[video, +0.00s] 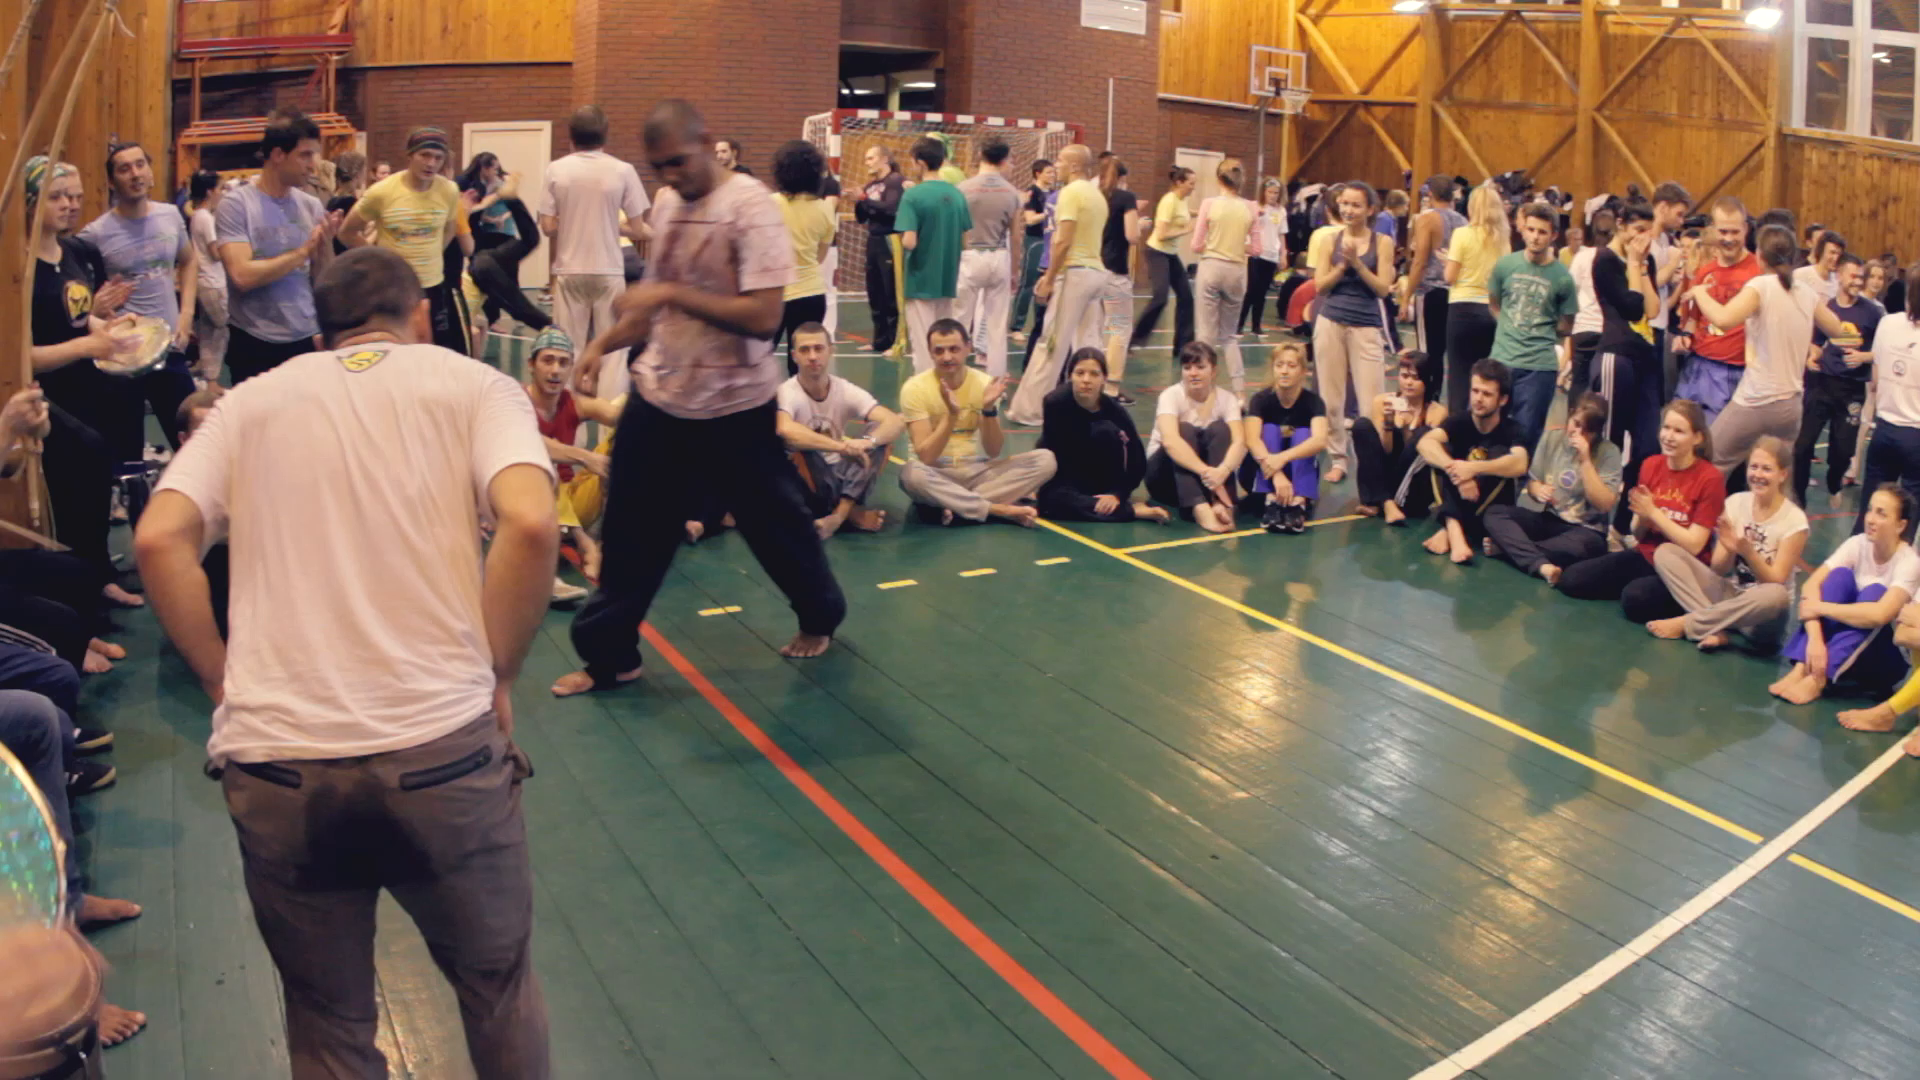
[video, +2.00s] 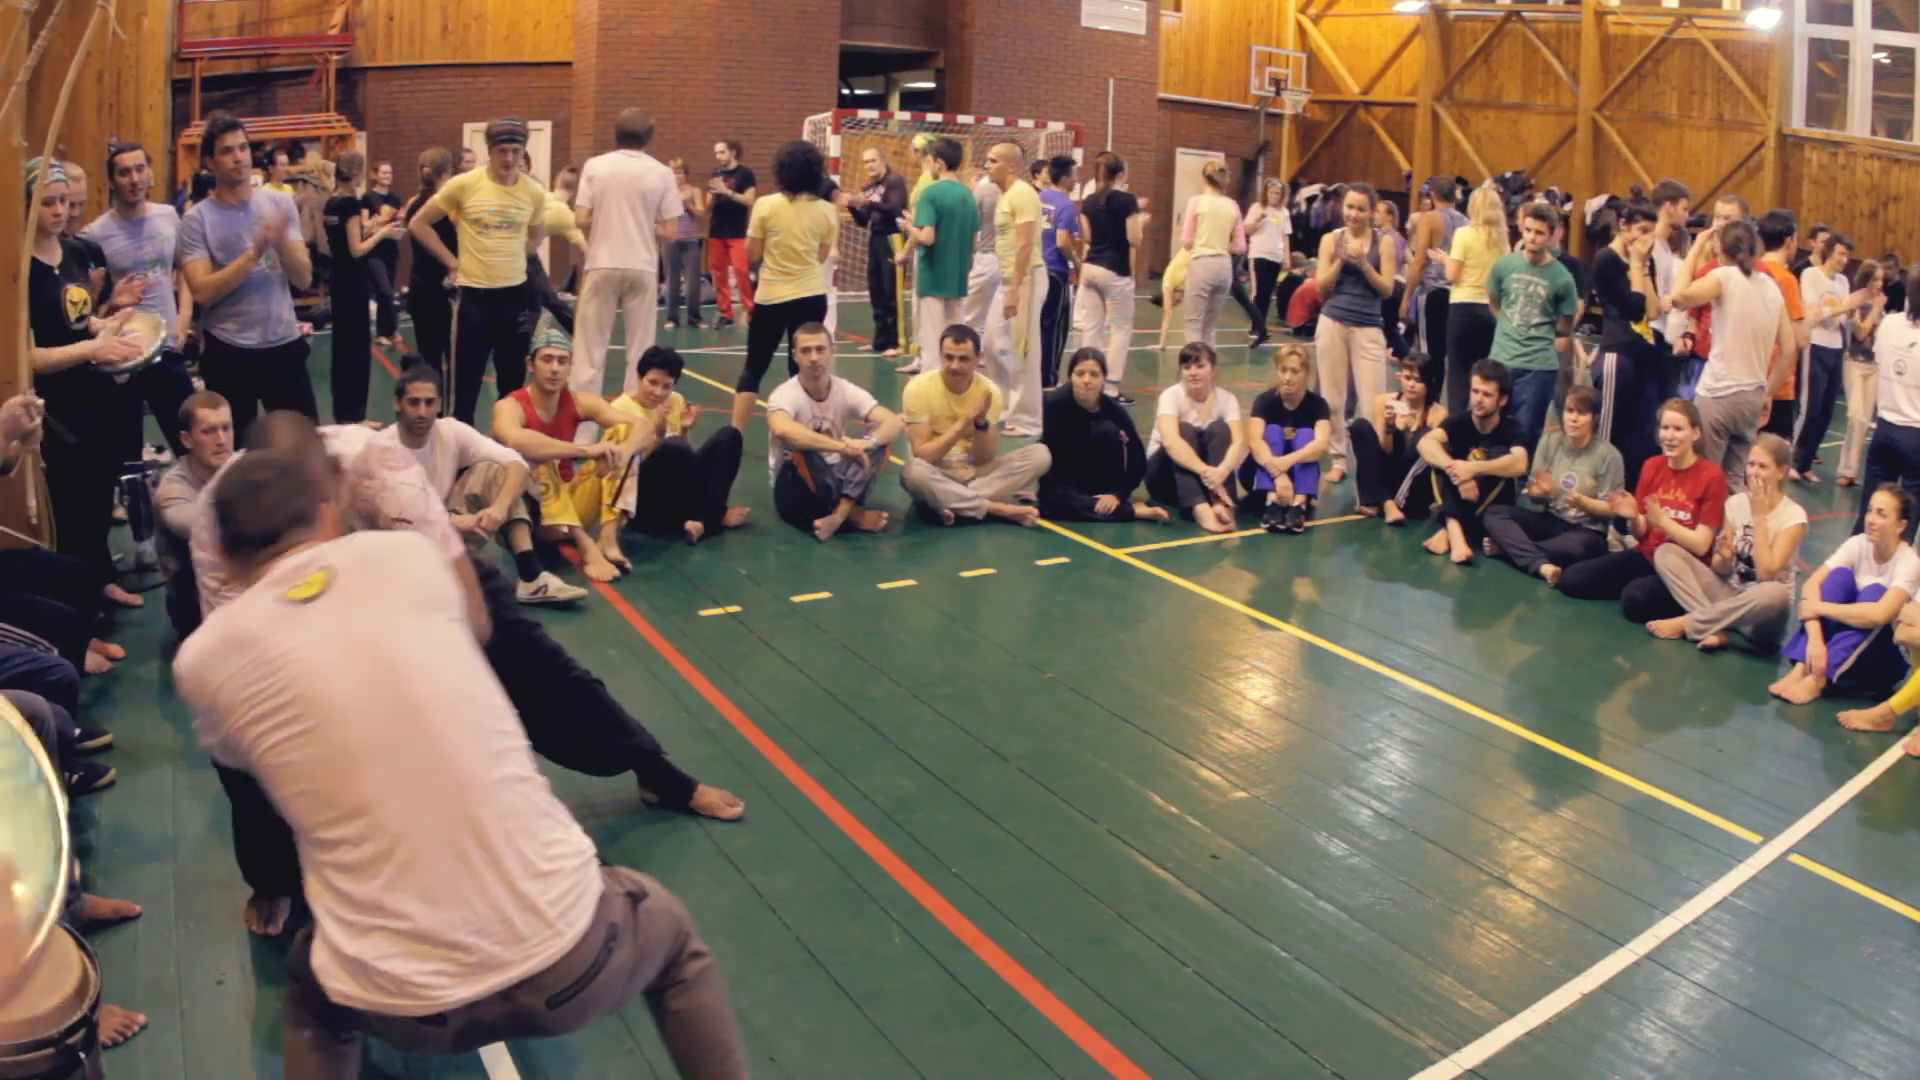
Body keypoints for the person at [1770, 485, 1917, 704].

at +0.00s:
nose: (1870, 519)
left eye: (1881, 514)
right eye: (1869, 510)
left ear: (1901, 526)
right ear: (1864, 513)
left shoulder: (1910, 562)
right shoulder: (1857, 544)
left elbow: (1880, 616)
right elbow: (1810, 586)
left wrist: (1819, 607)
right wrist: (1815, 641)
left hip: (1882, 667)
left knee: (1875, 592)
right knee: (1840, 576)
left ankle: (1818, 678)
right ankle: (1800, 668)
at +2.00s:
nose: (1870, 519)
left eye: (1881, 514)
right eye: (1869, 511)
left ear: (1901, 526)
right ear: (1864, 513)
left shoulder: (1909, 562)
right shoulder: (1857, 544)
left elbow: (1880, 616)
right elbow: (1810, 585)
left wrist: (1818, 607)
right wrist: (1815, 641)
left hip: (1881, 667)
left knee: (1875, 592)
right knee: (1840, 576)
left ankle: (1818, 678)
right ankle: (1800, 667)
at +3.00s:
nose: (1870, 519)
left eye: (1881, 514)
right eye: (1869, 511)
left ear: (1901, 526)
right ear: (1865, 513)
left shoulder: (1909, 562)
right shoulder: (1857, 544)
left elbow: (1880, 616)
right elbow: (1810, 586)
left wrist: (1818, 607)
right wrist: (1815, 641)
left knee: (1875, 592)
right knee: (1840, 577)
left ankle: (1818, 678)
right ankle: (1800, 667)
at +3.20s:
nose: (1871, 519)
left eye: (1882, 514)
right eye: (1869, 511)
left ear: (1901, 526)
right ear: (1865, 513)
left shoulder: (1909, 562)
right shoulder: (1857, 544)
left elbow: (1880, 616)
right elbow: (1810, 586)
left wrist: (1819, 607)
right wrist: (1815, 641)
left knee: (1875, 592)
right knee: (1840, 577)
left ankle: (1818, 678)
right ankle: (1800, 668)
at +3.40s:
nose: (1870, 519)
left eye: (1881, 514)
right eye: (1869, 511)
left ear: (1901, 526)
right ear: (1864, 513)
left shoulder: (1909, 561)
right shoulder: (1857, 544)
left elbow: (1881, 616)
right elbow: (1810, 586)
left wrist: (1819, 607)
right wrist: (1815, 641)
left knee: (1874, 592)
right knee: (1840, 576)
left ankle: (1818, 678)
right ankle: (1800, 668)